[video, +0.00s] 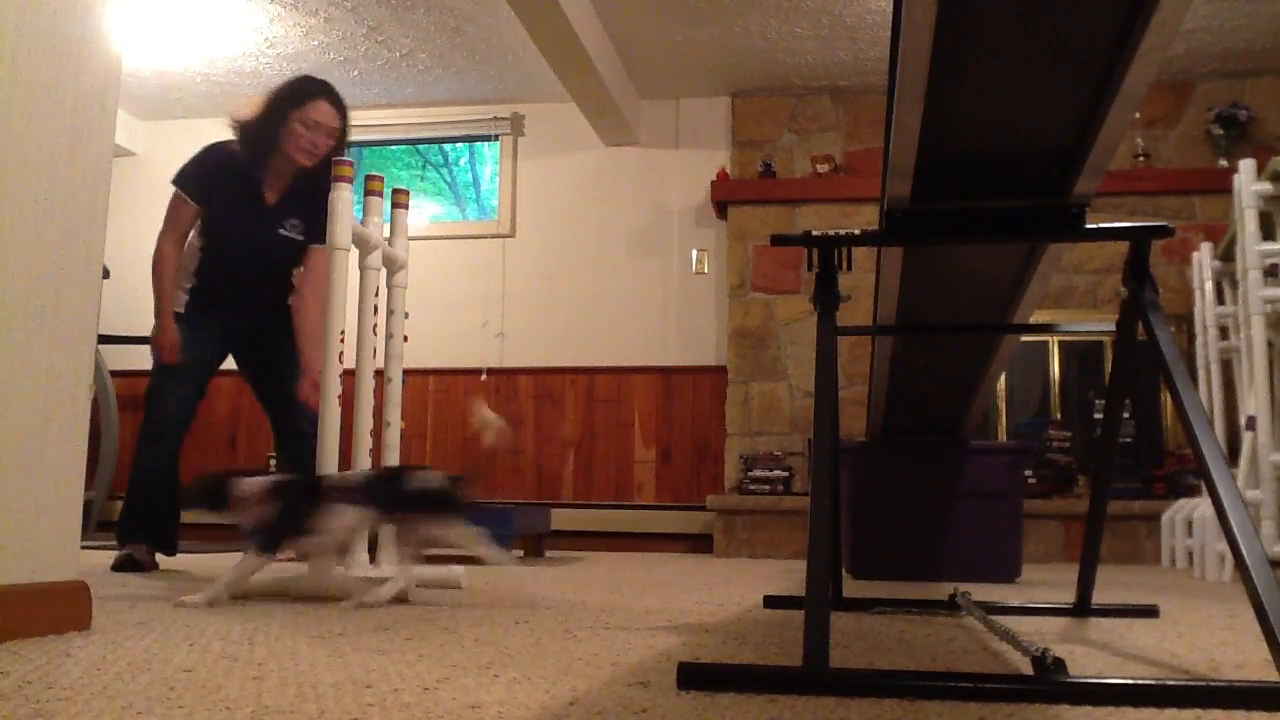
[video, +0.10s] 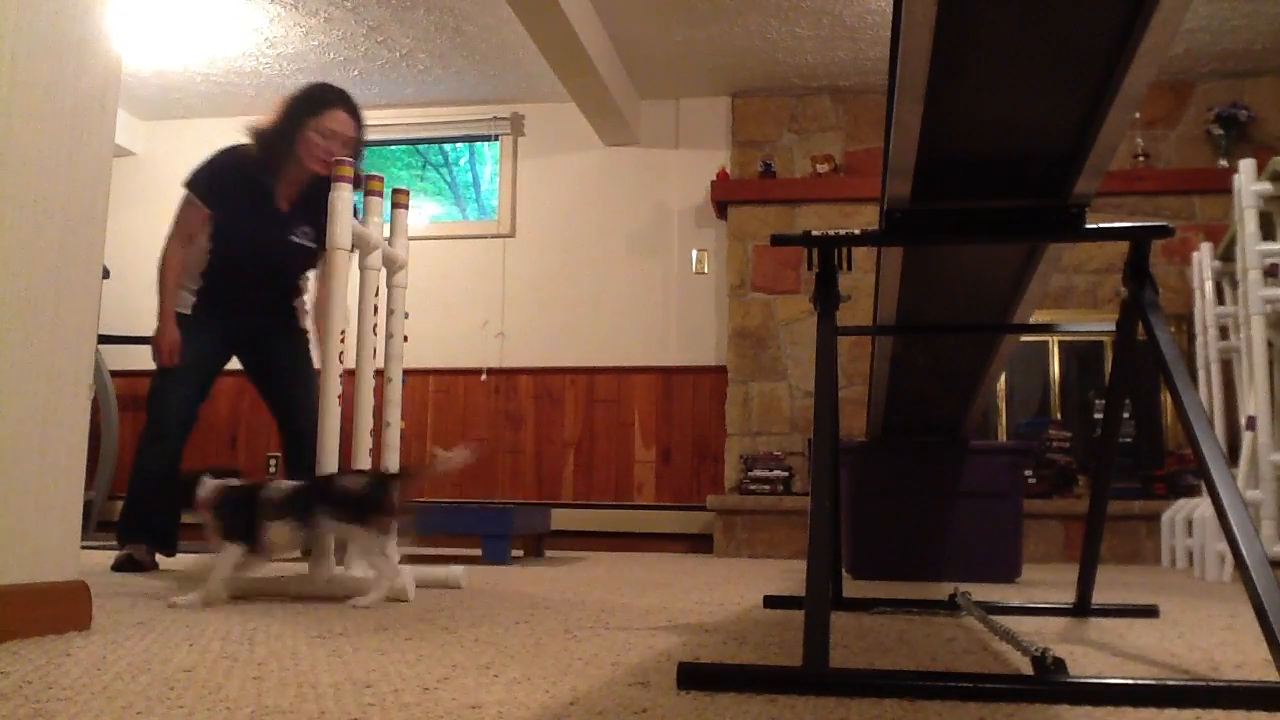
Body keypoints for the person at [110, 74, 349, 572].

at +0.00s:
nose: (316, 140)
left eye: (328, 134)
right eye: (308, 125)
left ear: (333, 144)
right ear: (280, 118)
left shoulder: (316, 193)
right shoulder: (221, 162)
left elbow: (312, 287)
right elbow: (170, 239)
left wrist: (311, 367)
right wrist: (164, 318)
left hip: (268, 319)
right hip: (205, 312)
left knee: (300, 422)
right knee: (165, 414)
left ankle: (297, 538)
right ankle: (140, 542)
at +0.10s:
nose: (333, 150)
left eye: (344, 143)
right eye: (324, 134)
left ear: (351, 151)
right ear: (296, 127)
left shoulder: (331, 200)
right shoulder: (234, 167)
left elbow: (330, 288)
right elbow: (180, 241)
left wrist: (331, 354)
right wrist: (167, 317)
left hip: (275, 321)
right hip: (208, 314)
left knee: (306, 423)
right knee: (168, 419)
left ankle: (319, 542)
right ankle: (139, 542)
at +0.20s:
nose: (370, 165)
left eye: (380, 156)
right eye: (360, 150)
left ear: (386, 159)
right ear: (329, 143)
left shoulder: (355, 206)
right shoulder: (271, 176)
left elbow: (364, 285)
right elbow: (210, 248)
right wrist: (191, 324)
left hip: (293, 323)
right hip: (230, 318)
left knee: (331, 422)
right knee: (181, 422)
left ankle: (344, 541)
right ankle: (139, 541)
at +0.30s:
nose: (392, 174)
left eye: (404, 168)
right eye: (385, 159)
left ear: (411, 174)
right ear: (355, 148)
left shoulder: (386, 216)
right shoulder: (295, 181)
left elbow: (397, 297)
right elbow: (233, 256)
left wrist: (414, 365)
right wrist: (212, 330)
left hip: (314, 329)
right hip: (250, 320)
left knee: (352, 425)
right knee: (195, 424)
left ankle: (346, 546)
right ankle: (139, 541)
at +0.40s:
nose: (420, 184)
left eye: (431, 177)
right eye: (412, 170)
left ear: (438, 181)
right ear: (384, 159)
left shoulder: (415, 228)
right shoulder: (316, 186)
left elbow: (437, 316)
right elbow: (257, 265)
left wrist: (469, 386)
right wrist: (248, 342)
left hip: (335, 322)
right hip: (271, 312)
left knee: (365, 425)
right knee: (216, 416)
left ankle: (346, 545)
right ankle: (147, 534)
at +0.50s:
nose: (433, 189)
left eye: (443, 180)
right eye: (425, 175)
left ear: (451, 180)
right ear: (395, 165)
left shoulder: (428, 232)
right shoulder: (324, 187)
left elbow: (453, 315)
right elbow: (270, 265)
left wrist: (489, 380)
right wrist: (265, 344)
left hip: (348, 319)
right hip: (285, 304)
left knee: (371, 425)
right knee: (232, 410)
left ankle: (349, 539)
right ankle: (161, 531)